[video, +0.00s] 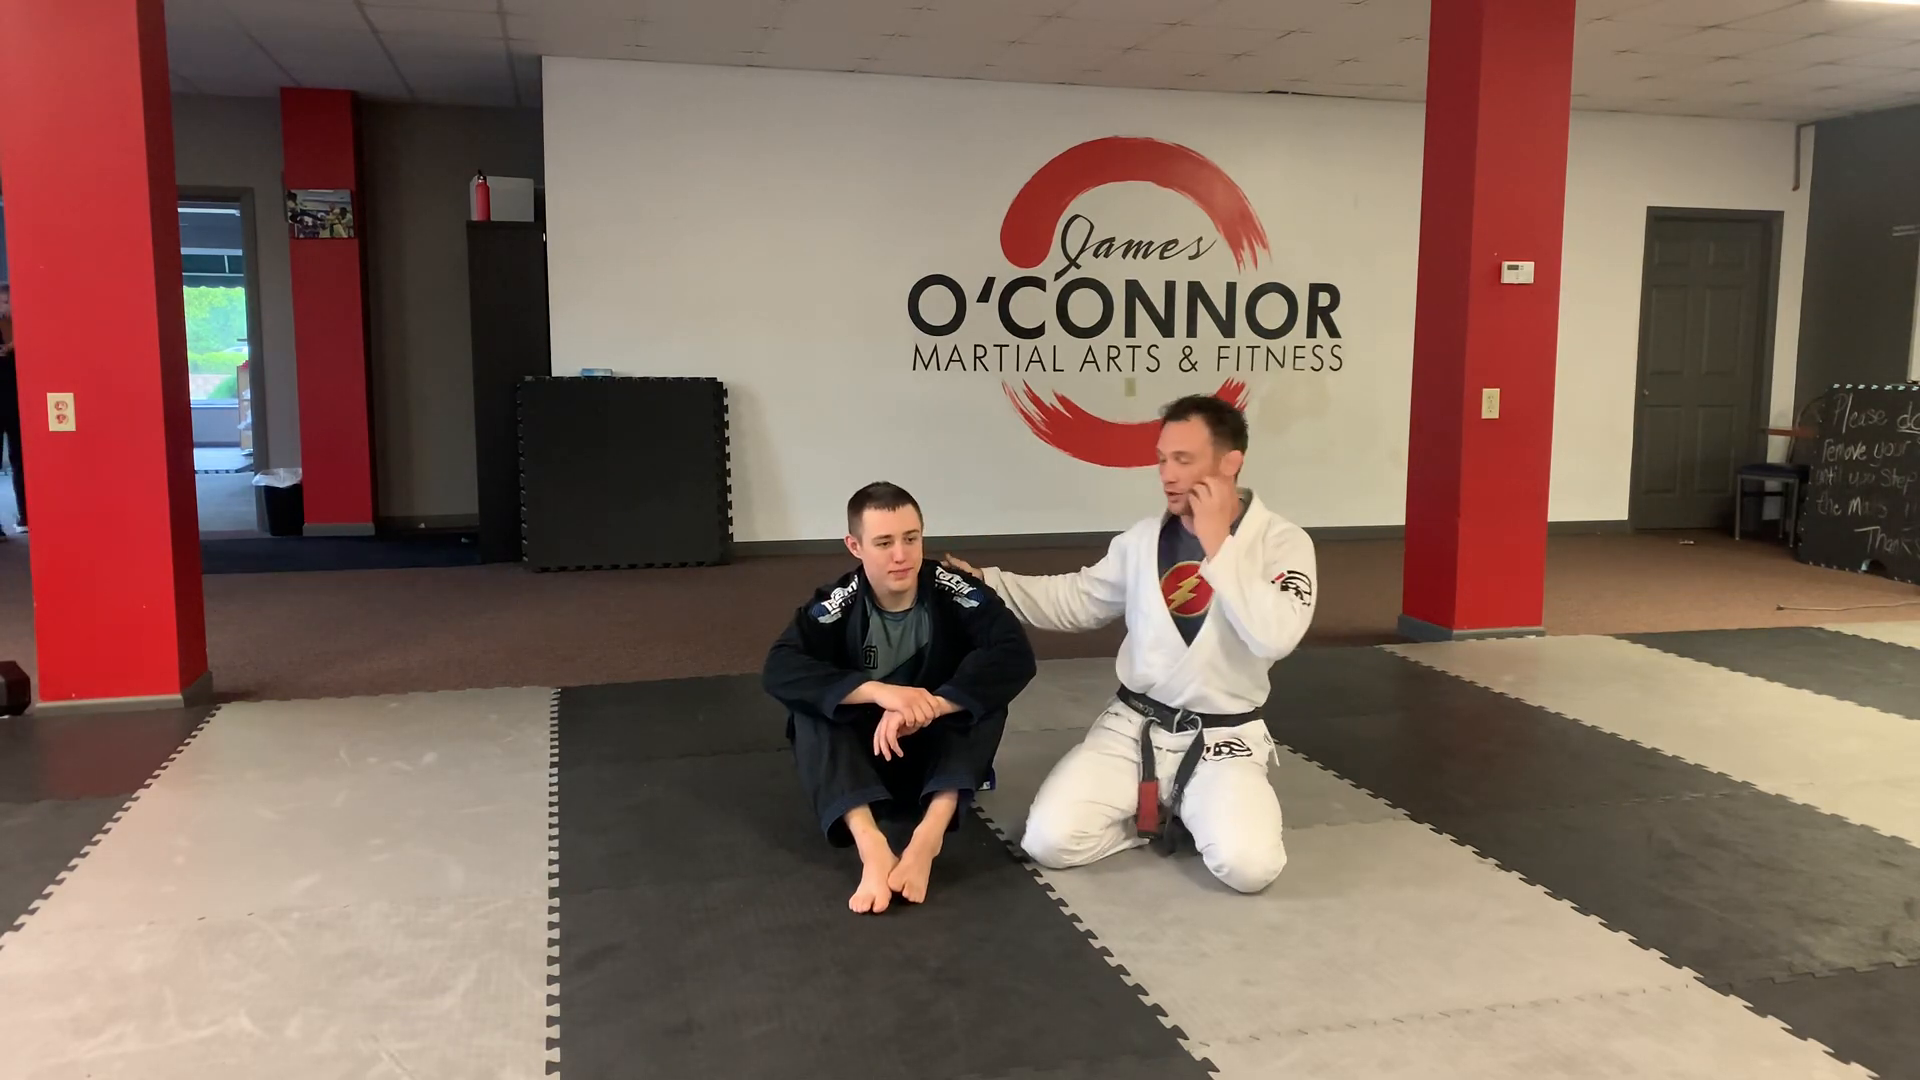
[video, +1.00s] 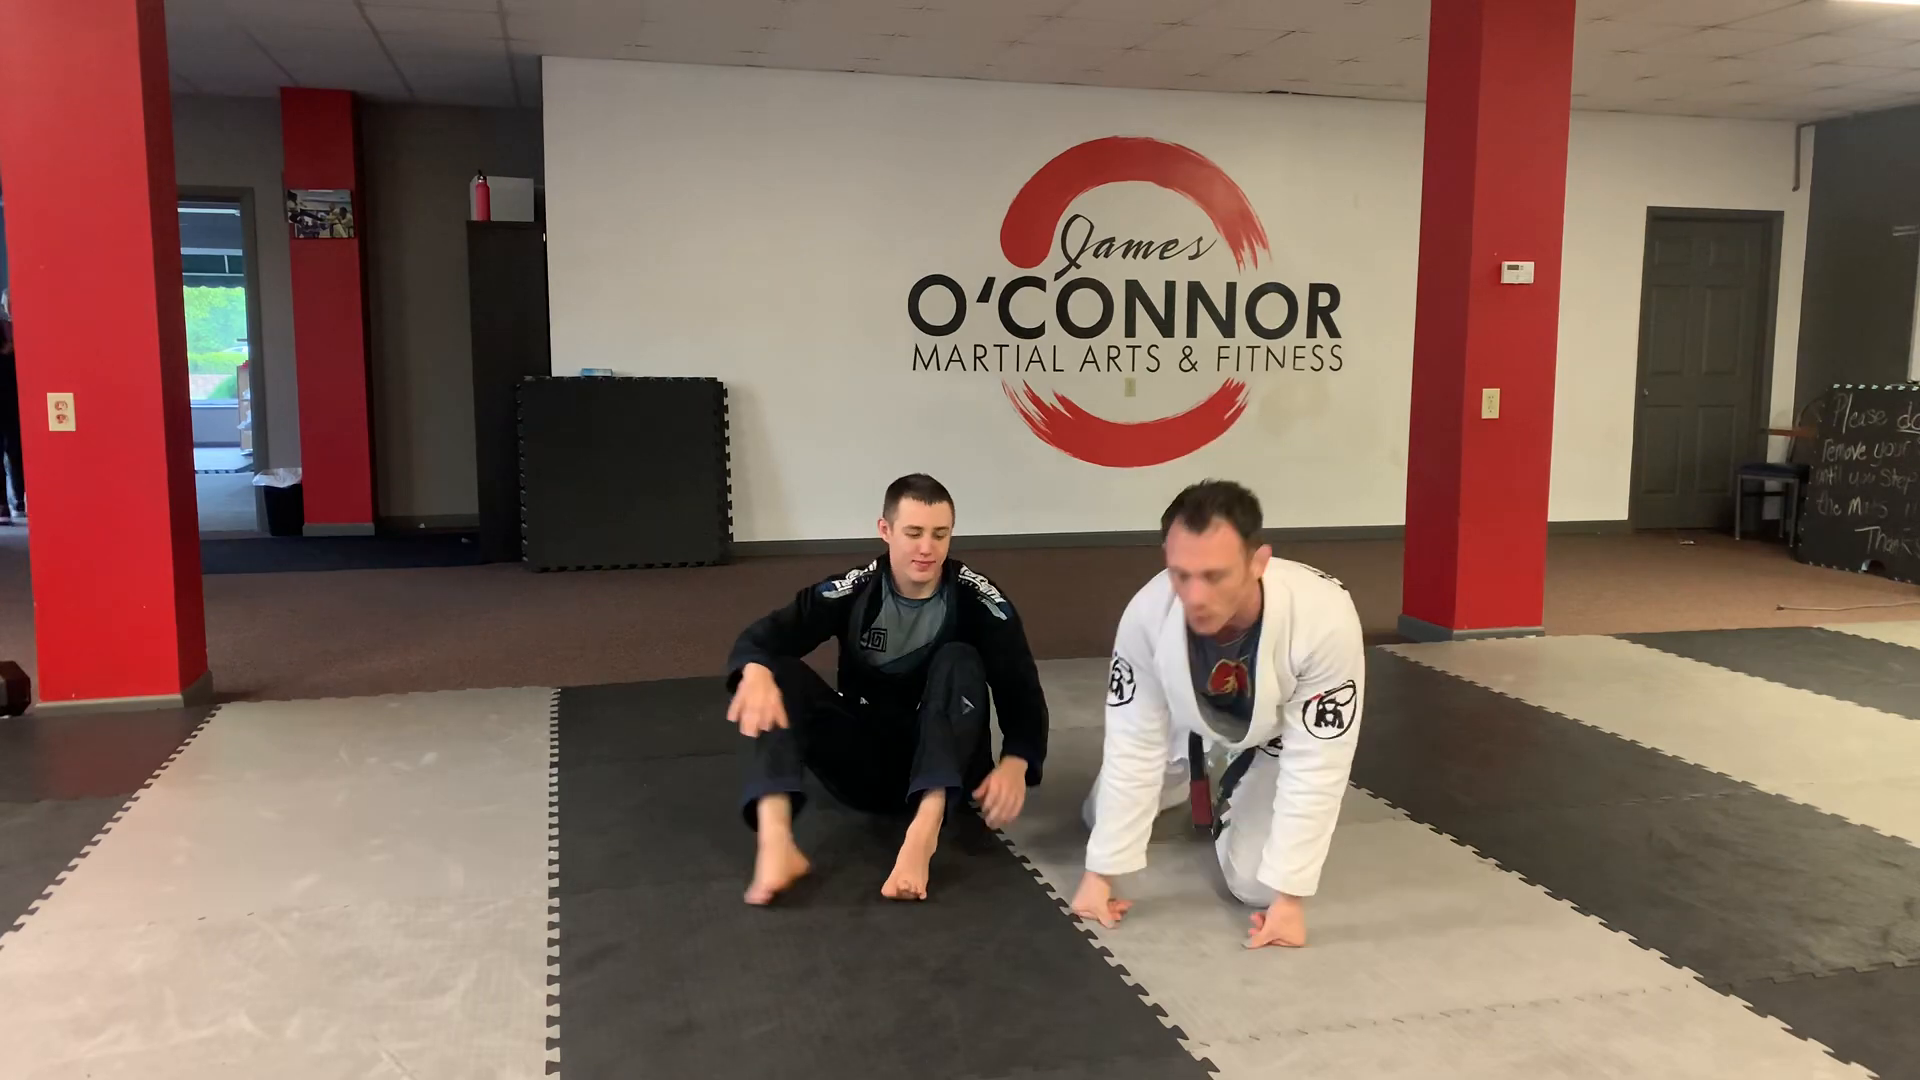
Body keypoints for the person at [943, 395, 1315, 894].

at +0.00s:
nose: (1166, 476)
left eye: (1182, 460)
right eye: (1162, 460)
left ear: (1231, 464)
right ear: (1157, 461)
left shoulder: (1282, 542)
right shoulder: (1141, 542)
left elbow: (1274, 636)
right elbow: (1077, 600)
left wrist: (1218, 543)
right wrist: (986, 582)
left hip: (1224, 739)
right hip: (1129, 727)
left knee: (1251, 867)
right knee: (1048, 842)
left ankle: (1198, 800)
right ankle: (1157, 809)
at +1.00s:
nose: (1194, 597)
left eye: (1214, 576)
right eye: (1181, 576)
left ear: (1258, 565)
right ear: (1167, 564)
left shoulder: (1323, 619)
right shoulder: (1148, 616)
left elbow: (1318, 763)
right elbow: (1132, 746)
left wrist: (1290, 897)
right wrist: (1098, 873)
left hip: (1277, 742)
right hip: (1188, 729)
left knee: (1253, 884)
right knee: (1103, 815)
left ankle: (1243, 791)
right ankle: (1201, 760)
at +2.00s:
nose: (1162, 602)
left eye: (1180, 590)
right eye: (1153, 583)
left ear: (1222, 574)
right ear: (1145, 565)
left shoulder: (1268, 606)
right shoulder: (1120, 603)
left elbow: (1288, 728)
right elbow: (1103, 722)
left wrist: (1280, 849)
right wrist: (1104, 845)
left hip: (1237, 704)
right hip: (1155, 697)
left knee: (1248, 813)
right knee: (1120, 809)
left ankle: (1188, 760)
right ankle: (1155, 740)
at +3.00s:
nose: (1115, 458)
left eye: (1129, 444)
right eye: (1106, 444)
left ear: (1164, 444)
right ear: (1097, 446)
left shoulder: (1214, 516)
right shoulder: (1087, 522)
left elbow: (1263, 593)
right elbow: (1072, 605)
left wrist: (1270, 632)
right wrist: (1008, 599)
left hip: (1185, 696)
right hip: (1103, 693)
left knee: (1233, 802)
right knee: (1041, 766)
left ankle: (1172, 761)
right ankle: (1146, 764)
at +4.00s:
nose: (1105, 364)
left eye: (1122, 347)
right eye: (1094, 349)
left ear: (1158, 355)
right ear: (1083, 356)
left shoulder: (1188, 427)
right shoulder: (1046, 439)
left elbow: (1269, 468)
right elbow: (1002, 520)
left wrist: (1197, 394)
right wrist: (1003, 563)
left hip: (1160, 640)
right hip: (1067, 643)